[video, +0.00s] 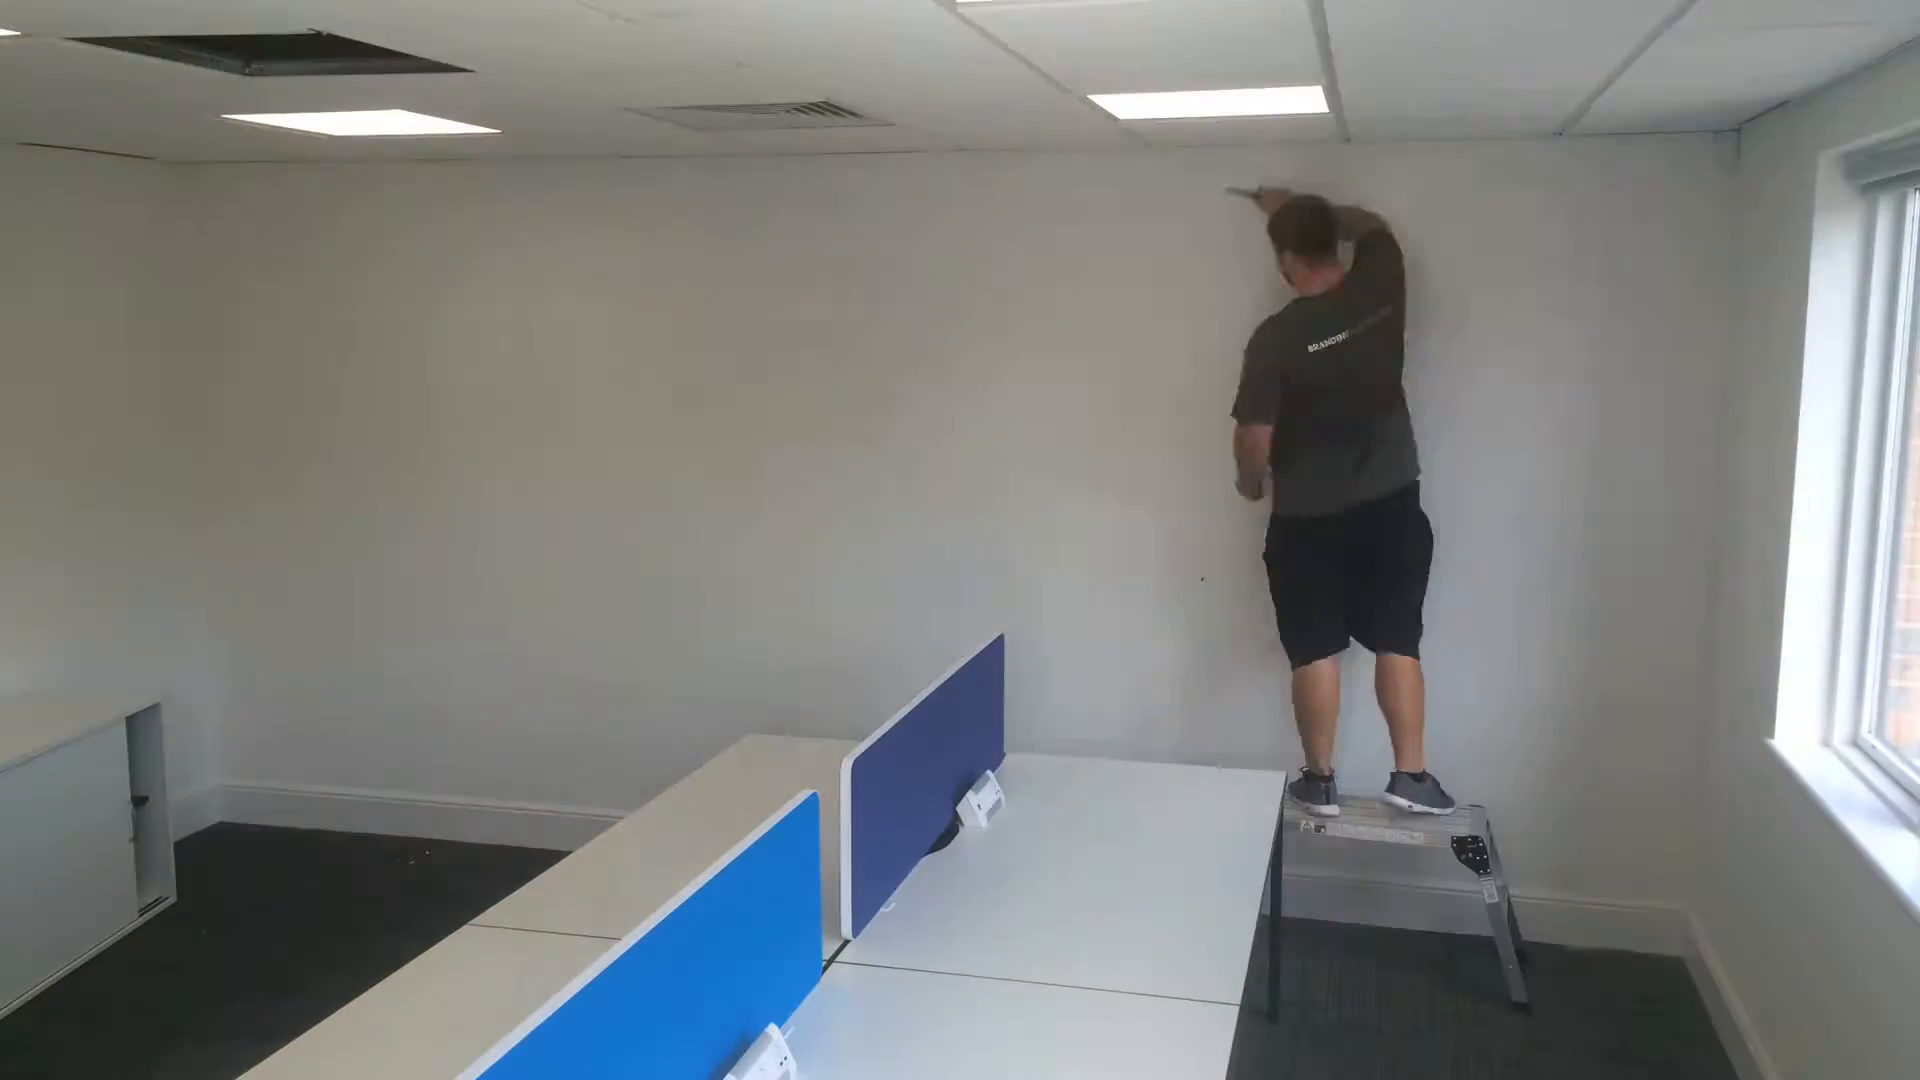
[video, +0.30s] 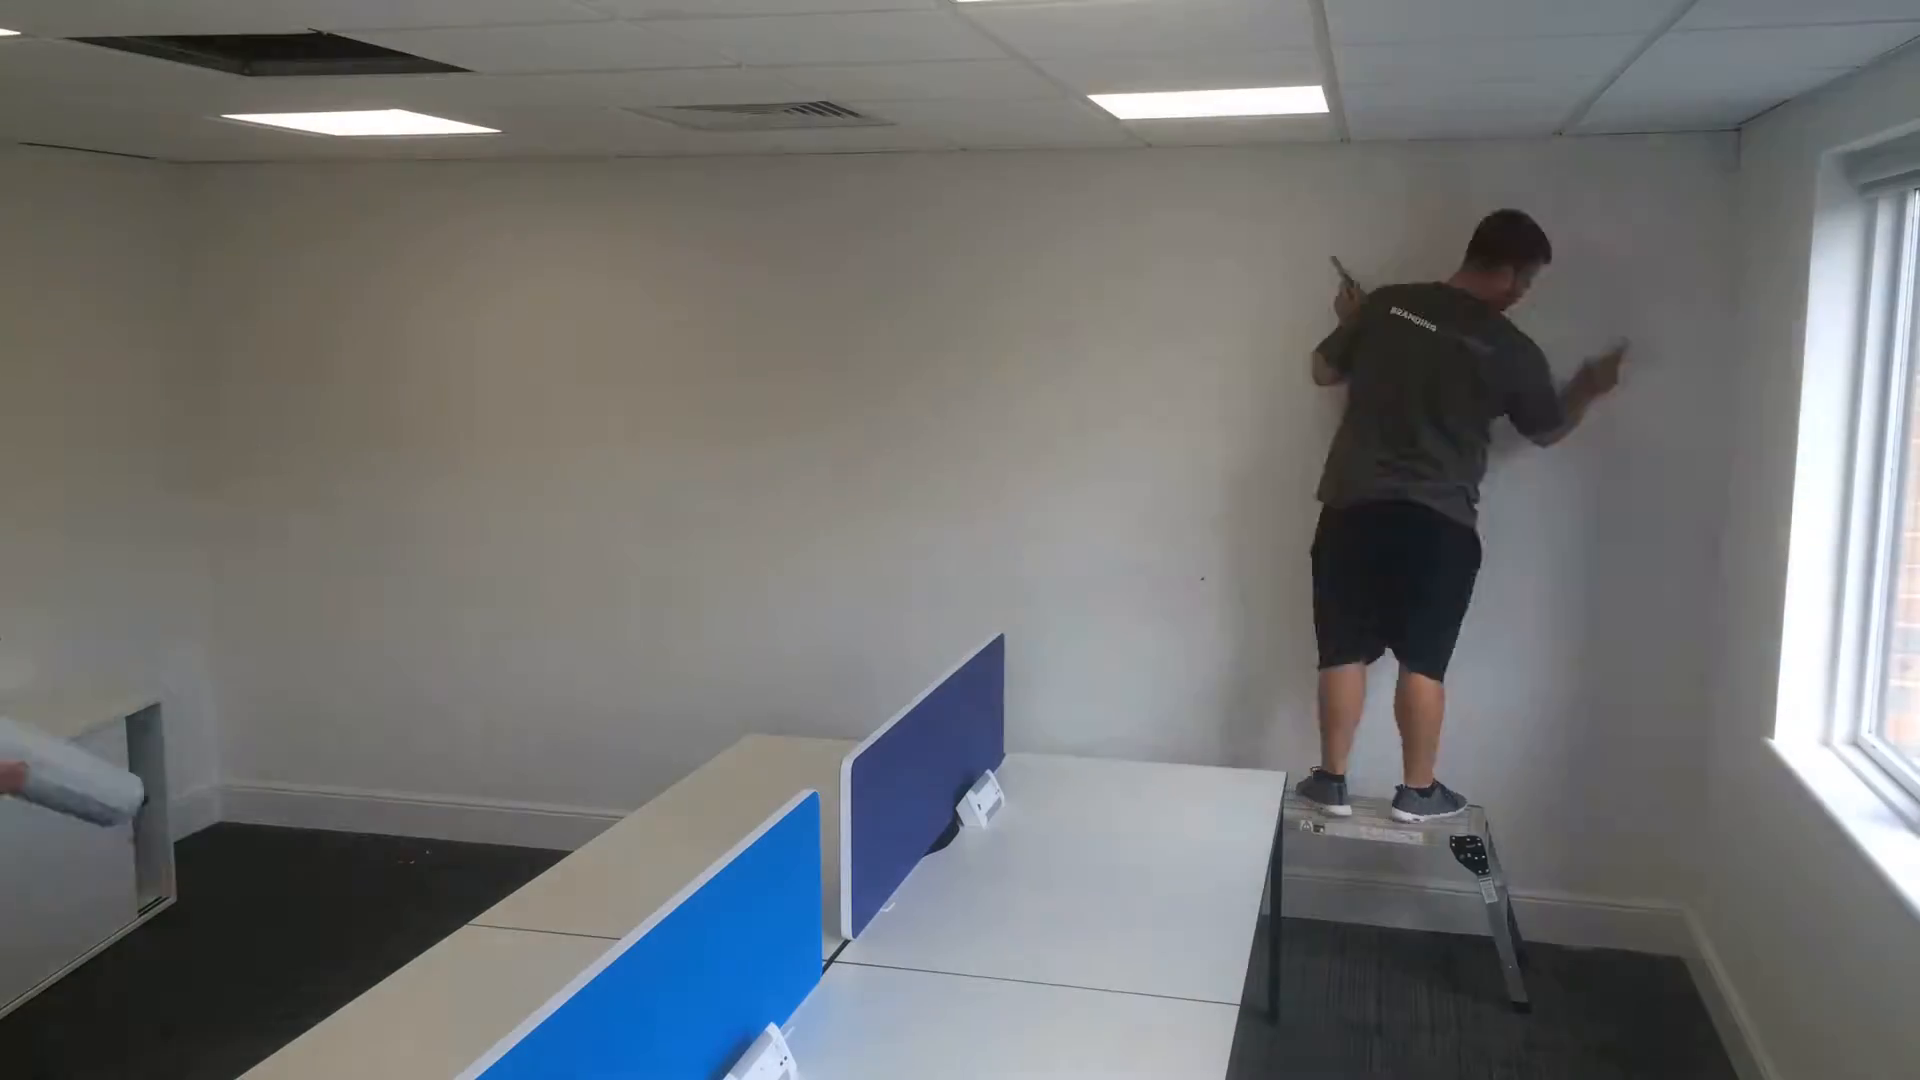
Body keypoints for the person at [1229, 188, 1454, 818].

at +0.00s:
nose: (1281, 271)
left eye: (1281, 261)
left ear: (1287, 264)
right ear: (1341, 249)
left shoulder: (1274, 337)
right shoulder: (1379, 296)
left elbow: (1254, 437)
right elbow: (1371, 228)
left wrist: (1250, 482)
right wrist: (1293, 209)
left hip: (1307, 523)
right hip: (1388, 512)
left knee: (1314, 653)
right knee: (1397, 643)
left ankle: (1319, 780)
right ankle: (1412, 775)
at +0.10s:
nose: (1482, 262)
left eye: (1479, 251)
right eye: (1480, 252)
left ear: (1416, 252)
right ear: (1471, 262)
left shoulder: (1374, 296)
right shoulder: (1474, 340)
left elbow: (1397, 233)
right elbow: (1495, 447)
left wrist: (1469, 200)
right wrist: (1538, 483)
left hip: (1344, 505)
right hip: (1425, 519)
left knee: (1338, 642)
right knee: (1414, 656)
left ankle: (1318, 775)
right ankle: (1409, 788)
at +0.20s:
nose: (1398, 264)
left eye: (1398, 255)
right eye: (1400, 255)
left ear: (1338, 249)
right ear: (1392, 253)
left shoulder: (1281, 316)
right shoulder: (1405, 321)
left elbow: (1241, 402)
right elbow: (1456, 406)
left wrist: (1232, 469)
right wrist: (1478, 380)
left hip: (1306, 516)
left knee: (1315, 649)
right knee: (1401, 653)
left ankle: (1318, 781)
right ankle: (1414, 784)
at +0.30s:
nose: (1525, 294)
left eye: (1530, 282)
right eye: (1529, 281)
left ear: (1470, 254)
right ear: (1514, 277)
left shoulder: (1387, 303)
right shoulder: (1509, 348)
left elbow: (1324, 370)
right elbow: (1546, 428)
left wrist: (1349, 321)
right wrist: (1585, 387)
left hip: (1353, 512)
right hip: (1440, 525)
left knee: (1343, 652)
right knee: (1424, 662)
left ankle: (1331, 779)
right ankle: (1418, 789)